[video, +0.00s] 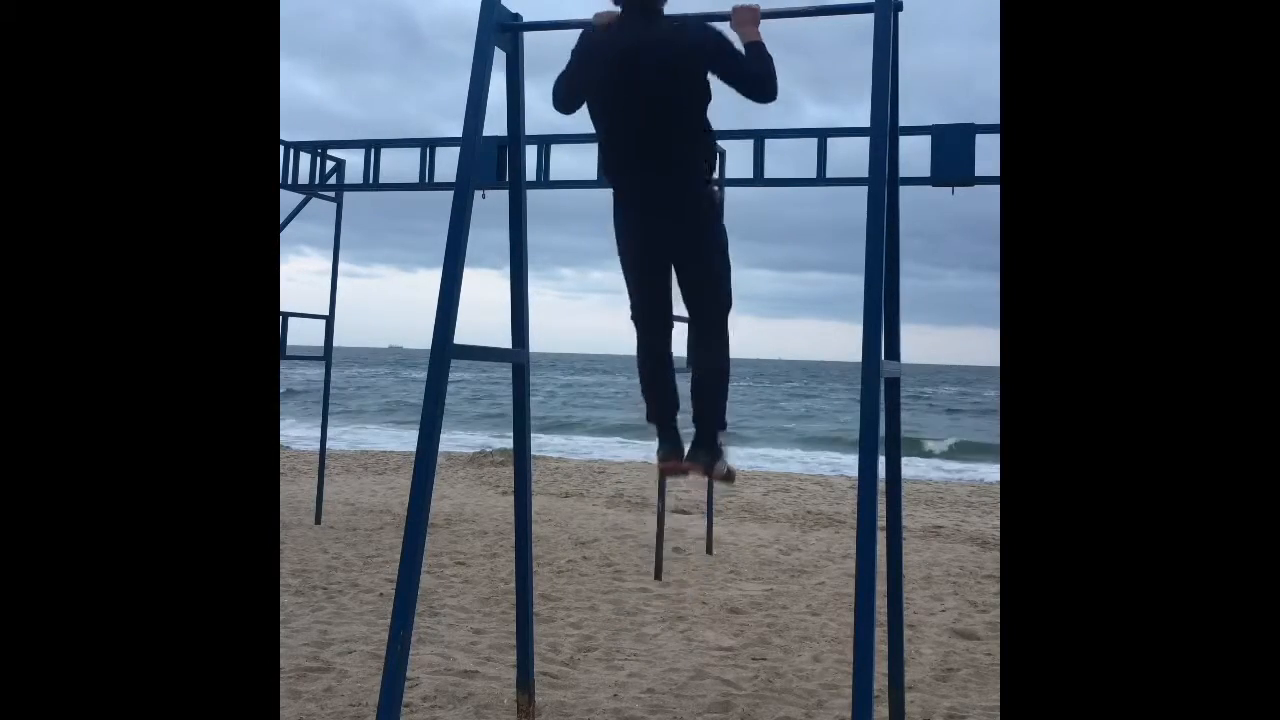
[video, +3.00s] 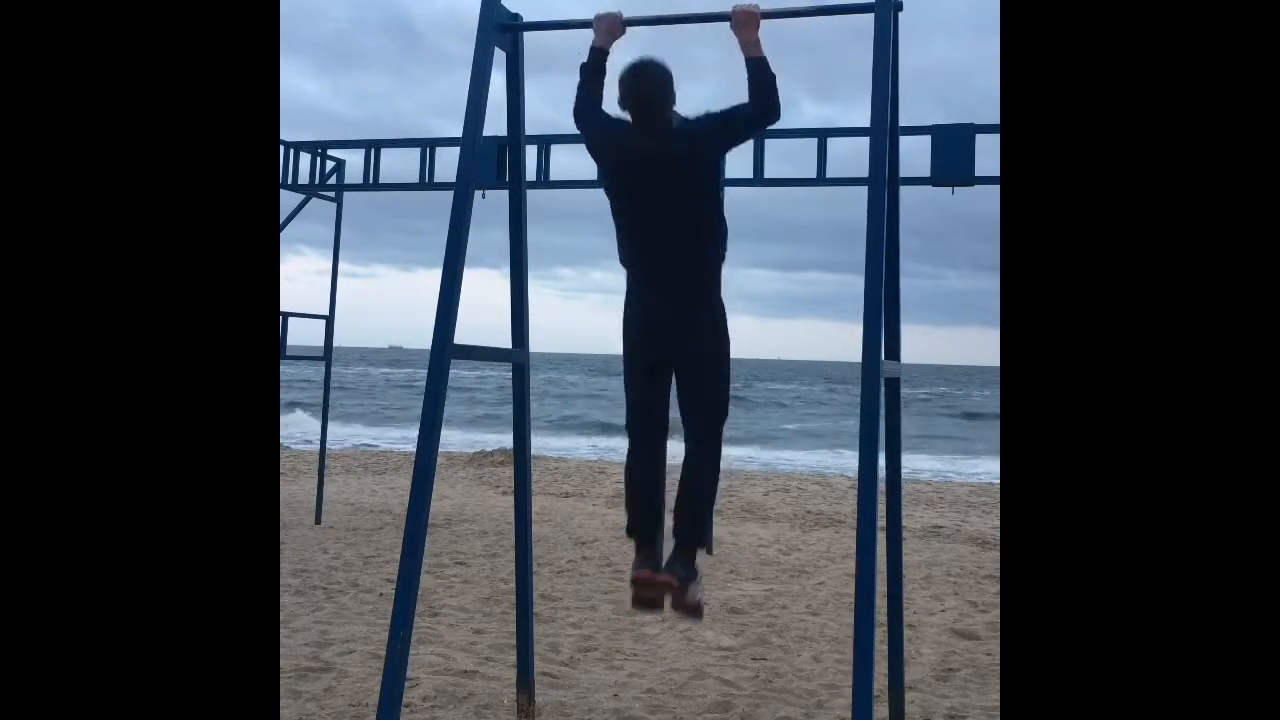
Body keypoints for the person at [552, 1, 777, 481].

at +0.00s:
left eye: (618, 4)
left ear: (618, 3)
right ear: (664, 1)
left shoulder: (599, 41)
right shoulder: (693, 34)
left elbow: (564, 99)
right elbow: (762, 88)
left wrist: (594, 33)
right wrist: (750, 36)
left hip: (634, 206)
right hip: (693, 203)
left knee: (651, 324)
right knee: (710, 321)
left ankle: (668, 445)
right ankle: (706, 448)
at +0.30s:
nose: (657, 45)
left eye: (638, 34)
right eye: (661, 35)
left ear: (622, 46)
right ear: (668, 44)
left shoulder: (603, 94)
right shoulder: (697, 86)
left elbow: (571, 104)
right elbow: (770, 101)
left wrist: (597, 43)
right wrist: (754, 41)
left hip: (639, 261)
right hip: (698, 259)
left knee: (650, 381)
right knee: (707, 381)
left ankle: (662, 503)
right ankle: (700, 504)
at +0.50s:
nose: (677, 114)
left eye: (663, 108)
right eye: (677, 108)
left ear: (627, 119)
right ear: (676, 114)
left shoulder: (614, 157)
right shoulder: (704, 149)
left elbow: (589, 109)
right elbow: (762, 109)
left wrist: (599, 46)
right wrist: (751, 45)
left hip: (645, 324)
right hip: (702, 324)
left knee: (643, 454)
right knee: (699, 460)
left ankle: (639, 578)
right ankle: (678, 587)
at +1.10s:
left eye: (610, 37)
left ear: (609, 47)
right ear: (656, 42)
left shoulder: (596, 102)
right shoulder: (687, 82)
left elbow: (581, 94)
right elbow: (752, 104)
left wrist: (597, 42)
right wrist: (748, 42)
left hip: (635, 259)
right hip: (694, 255)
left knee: (647, 372)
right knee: (706, 376)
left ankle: (655, 489)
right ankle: (694, 496)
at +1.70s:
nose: (657, 100)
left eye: (636, 93)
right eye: (664, 91)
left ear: (625, 102)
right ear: (674, 98)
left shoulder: (613, 144)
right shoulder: (706, 138)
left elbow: (587, 109)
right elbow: (765, 107)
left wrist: (599, 45)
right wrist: (752, 43)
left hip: (647, 310)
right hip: (703, 310)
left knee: (647, 439)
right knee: (703, 442)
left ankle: (649, 565)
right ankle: (685, 568)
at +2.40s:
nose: (623, 28)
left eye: (613, 22)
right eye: (645, 18)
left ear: (609, 33)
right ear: (654, 27)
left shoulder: (593, 89)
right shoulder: (687, 71)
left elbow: (575, 100)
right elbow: (754, 102)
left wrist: (596, 42)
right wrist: (749, 42)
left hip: (632, 246)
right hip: (691, 241)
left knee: (645, 360)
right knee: (705, 363)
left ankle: (654, 479)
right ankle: (694, 487)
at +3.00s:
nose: (652, 99)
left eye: (631, 93)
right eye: (660, 91)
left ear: (624, 104)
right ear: (673, 99)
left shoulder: (611, 145)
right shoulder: (704, 138)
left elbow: (587, 107)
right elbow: (765, 107)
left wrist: (600, 44)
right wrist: (751, 43)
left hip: (644, 313)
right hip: (701, 313)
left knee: (645, 436)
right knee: (703, 439)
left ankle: (647, 560)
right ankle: (684, 567)